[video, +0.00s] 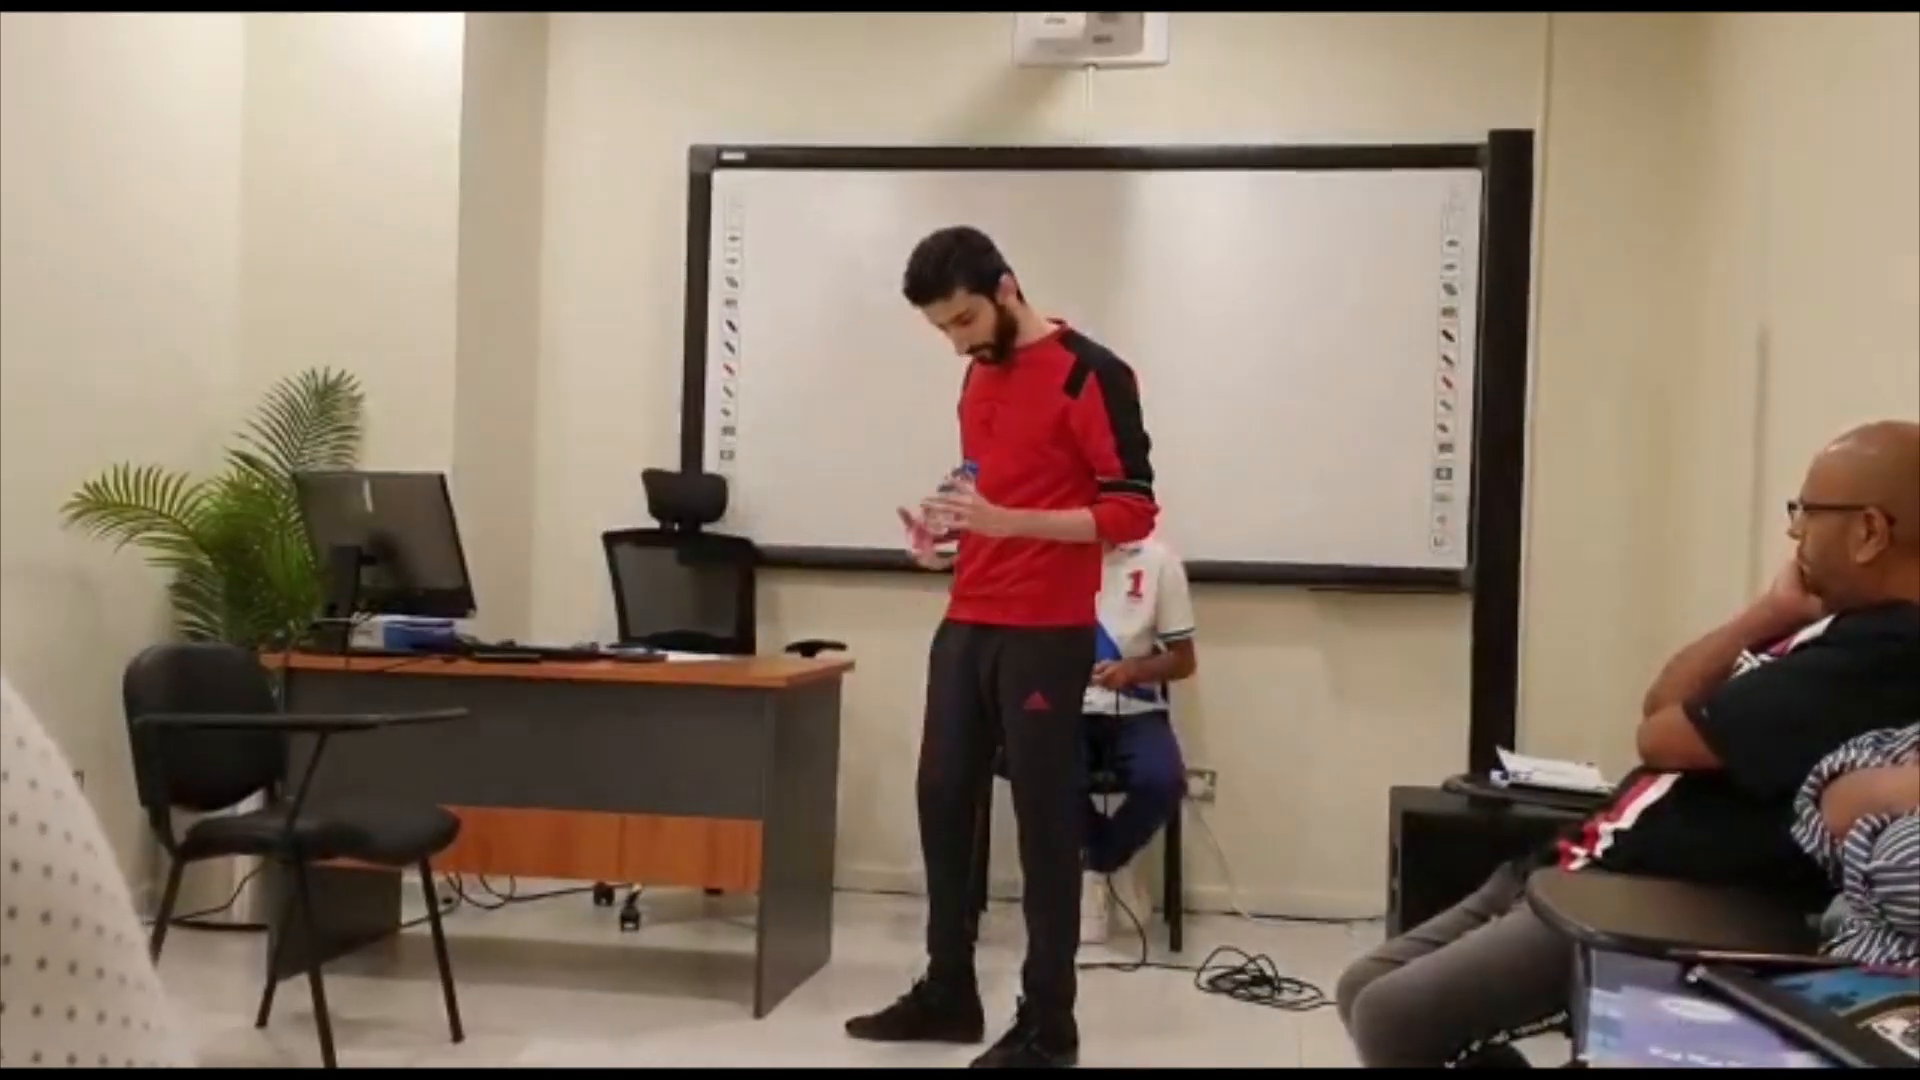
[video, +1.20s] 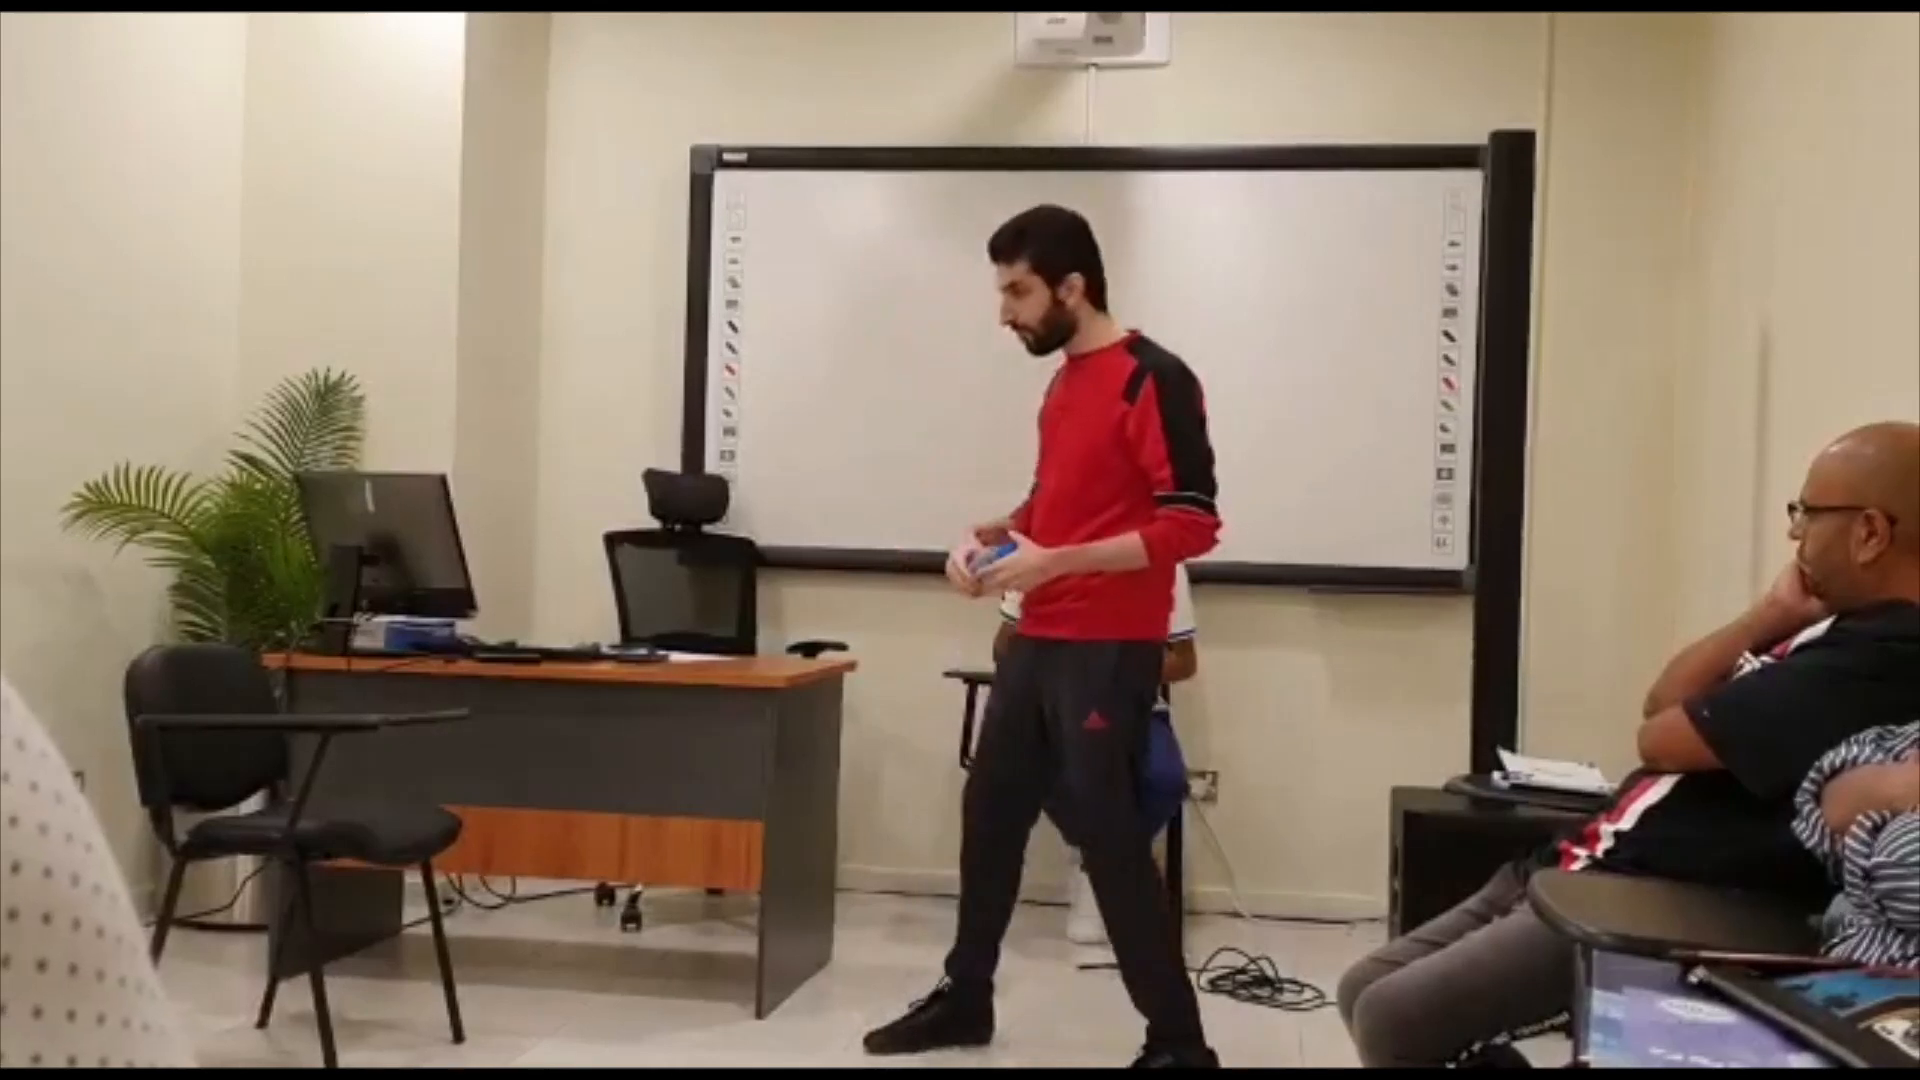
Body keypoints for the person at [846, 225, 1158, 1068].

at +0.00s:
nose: (957, 340)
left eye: (964, 320)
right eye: (943, 327)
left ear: (1007, 289)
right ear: (937, 318)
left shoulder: (1093, 375)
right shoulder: (980, 375)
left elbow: (1133, 515)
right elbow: (988, 479)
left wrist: (1002, 520)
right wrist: (942, 514)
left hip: (1049, 634)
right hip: (969, 625)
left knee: (1047, 828)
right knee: (946, 802)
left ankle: (1046, 1025)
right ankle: (948, 993)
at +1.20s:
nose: (1003, 311)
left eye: (1016, 291)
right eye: (1000, 293)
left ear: (1074, 286)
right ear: (1058, 293)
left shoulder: (1155, 377)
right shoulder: (1064, 384)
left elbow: (1194, 522)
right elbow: (1058, 498)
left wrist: (1060, 562)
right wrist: (990, 536)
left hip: (1110, 648)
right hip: (1036, 638)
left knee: (1108, 837)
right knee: (993, 809)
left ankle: (1178, 1039)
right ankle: (965, 997)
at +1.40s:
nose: (1056, 290)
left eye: (1068, 270)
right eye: (1054, 272)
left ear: (1127, 268)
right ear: (1117, 273)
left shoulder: (1202, 362)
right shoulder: (1125, 366)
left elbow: (1221, 516)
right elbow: (1106, 496)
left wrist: (1091, 551)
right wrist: (1029, 525)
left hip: (1163, 635)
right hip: (1100, 629)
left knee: (1147, 838)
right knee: (1061, 809)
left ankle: (1180, 1040)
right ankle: (1044, 1006)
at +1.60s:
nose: (1107, 285)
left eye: (1120, 265)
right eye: (1106, 267)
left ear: (1179, 263)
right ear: (1171, 269)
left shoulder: (1246, 358)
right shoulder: (1186, 356)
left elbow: (1229, 524)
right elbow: (1148, 498)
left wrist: (1102, 604)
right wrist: (1056, 574)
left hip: (1201, 627)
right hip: (1161, 621)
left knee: (1176, 831)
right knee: (1149, 826)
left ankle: (1197, 1037)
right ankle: (1185, 1020)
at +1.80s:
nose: (1166, 285)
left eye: (1177, 264)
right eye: (1165, 265)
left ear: (1236, 260)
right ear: (1231, 263)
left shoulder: (1289, 360)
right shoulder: (1249, 356)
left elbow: (1271, 530)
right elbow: (1220, 518)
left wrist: (1204, 669)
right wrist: (1172, 641)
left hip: (1255, 645)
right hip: (1228, 642)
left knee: (1203, 842)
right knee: (1270, 836)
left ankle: (1185, 1043)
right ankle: (1379, 1014)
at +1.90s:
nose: (1200, 286)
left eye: (1212, 265)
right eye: (1199, 267)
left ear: (1270, 262)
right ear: (1268, 266)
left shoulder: (1317, 358)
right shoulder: (1284, 356)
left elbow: (1326, 534)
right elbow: (1272, 524)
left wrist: (1275, 682)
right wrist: (1221, 645)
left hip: (1265, 649)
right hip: (1259, 643)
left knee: (1208, 841)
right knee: (1312, 828)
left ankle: (1187, 1041)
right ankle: (1434, 993)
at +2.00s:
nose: (1236, 294)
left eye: (1249, 273)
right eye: (1234, 276)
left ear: (1308, 272)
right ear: (1303, 278)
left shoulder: (1352, 366)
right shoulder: (1322, 366)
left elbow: (1379, 541)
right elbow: (1326, 535)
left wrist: (1335, 690)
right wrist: (1267, 664)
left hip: (1300, 656)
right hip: (1319, 650)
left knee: (1215, 831)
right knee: (1365, 838)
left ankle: (1188, 1043)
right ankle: (1470, 1023)